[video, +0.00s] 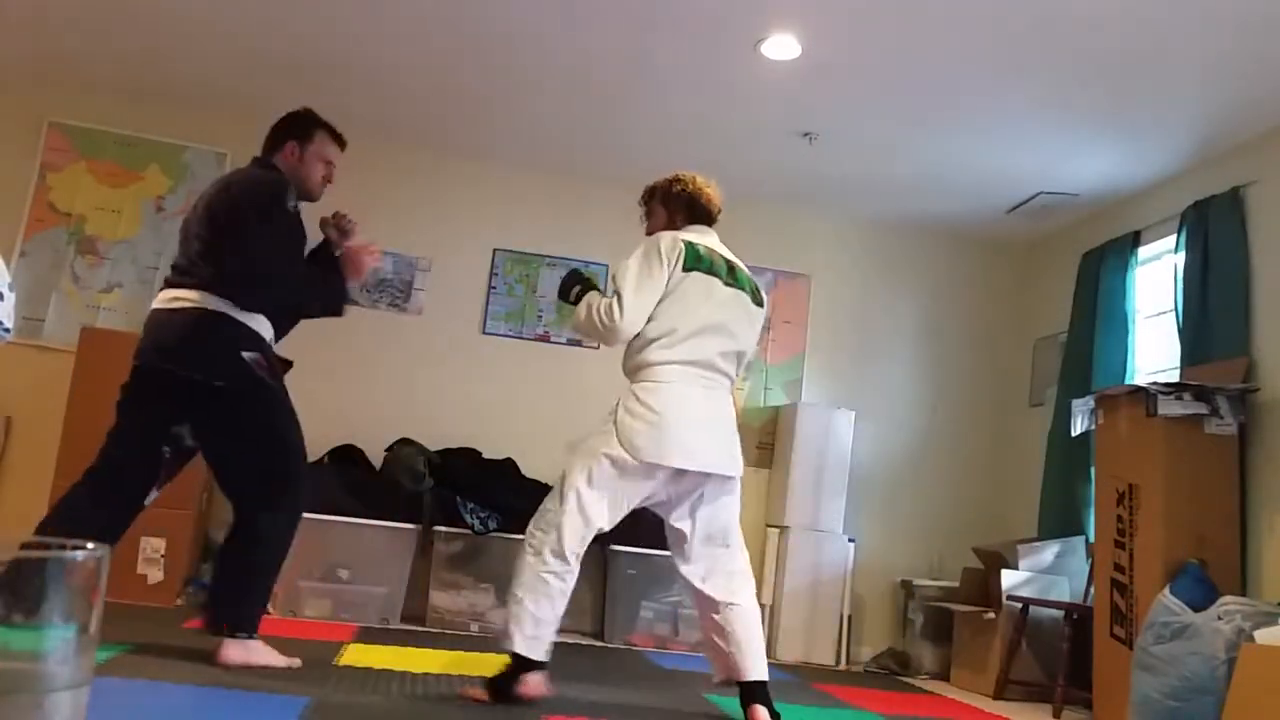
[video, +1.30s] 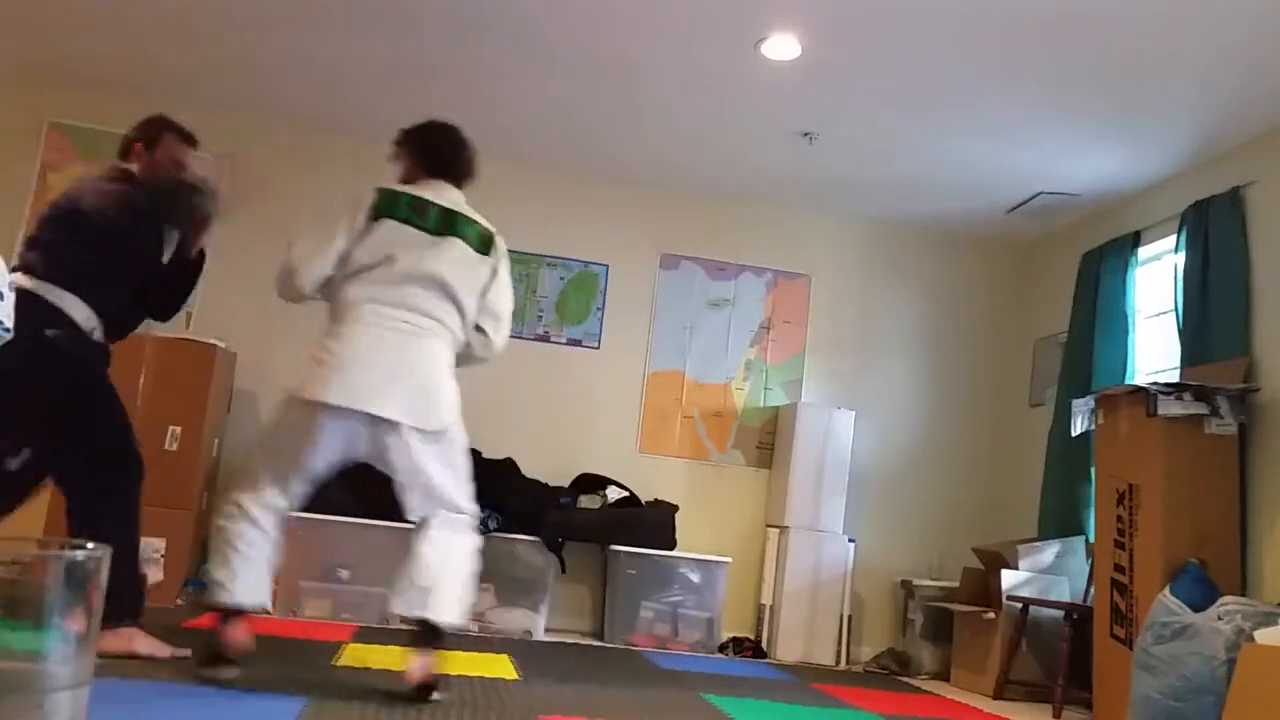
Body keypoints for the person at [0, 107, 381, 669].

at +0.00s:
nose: (331, 179)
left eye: (335, 169)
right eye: (327, 164)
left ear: (286, 154)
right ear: (291, 152)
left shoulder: (227, 190)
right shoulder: (270, 193)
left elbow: (268, 298)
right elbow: (273, 289)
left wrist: (326, 249)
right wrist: (341, 274)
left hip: (164, 339)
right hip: (221, 348)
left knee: (117, 481)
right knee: (276, 489)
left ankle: (20, 597)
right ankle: (238, 634)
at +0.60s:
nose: (265, 178)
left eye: (268, 167)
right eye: (258, 164)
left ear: (212, 162)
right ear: (223, 156)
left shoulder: (167, 204)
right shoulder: (236, 213)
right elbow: (289, 286)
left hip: (106, 349)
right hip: (171, 359)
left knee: (67, 474)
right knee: (250, 492)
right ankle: (261, 640)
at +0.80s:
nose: (207, 160)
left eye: (211, 150)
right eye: (202, 145)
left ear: (156, 140)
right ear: (165, 136)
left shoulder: (103, 176)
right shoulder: (151, 186)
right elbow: (154, 298)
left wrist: (192, 237)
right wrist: (198, 255)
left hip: (37, 324)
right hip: (93, 335)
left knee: (9, 454)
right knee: (163, 464)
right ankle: (126, 613)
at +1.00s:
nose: (185, 154)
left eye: (190, 145)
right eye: (179, 140)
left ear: (135, 135)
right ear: (143, 129)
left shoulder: (70, 169)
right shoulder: (129, 185)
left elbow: (154, 280)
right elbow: (127, 275)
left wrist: (196, 233)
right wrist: (173, 263)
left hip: (26, 326)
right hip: (70, 340)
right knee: (112, 460)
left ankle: (53, 603)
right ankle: (53, 602)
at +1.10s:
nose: (158, 171)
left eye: (164, 161)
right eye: (153, 155)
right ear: (117, 142)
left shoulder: (134, 213)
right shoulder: (64, 187)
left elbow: (156, 292)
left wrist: (191, 244)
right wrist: (138, 245)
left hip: (82, 352)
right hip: (43, 347)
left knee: (126, 460)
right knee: (119, 459)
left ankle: (75, 607)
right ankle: (70, 609)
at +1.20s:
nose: (168, 165)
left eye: (174, 157)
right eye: (162, 151)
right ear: (126, 141)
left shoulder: (139, 221)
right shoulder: (75, 180)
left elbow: (136, 304)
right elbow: (31, 234)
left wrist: (178, 257)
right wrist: (113, 200)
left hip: (81, 353)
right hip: (45, 342)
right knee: (135, 460)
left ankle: (96, 602)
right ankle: (117, 607)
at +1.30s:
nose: (181, 176)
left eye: (184, 167)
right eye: (173, 163)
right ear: (138, 153)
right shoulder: (122, 198)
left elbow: (162, 306)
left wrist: (192, 247)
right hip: (57, 342)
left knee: (21, 468)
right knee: (113, 474)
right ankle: (117, 621)